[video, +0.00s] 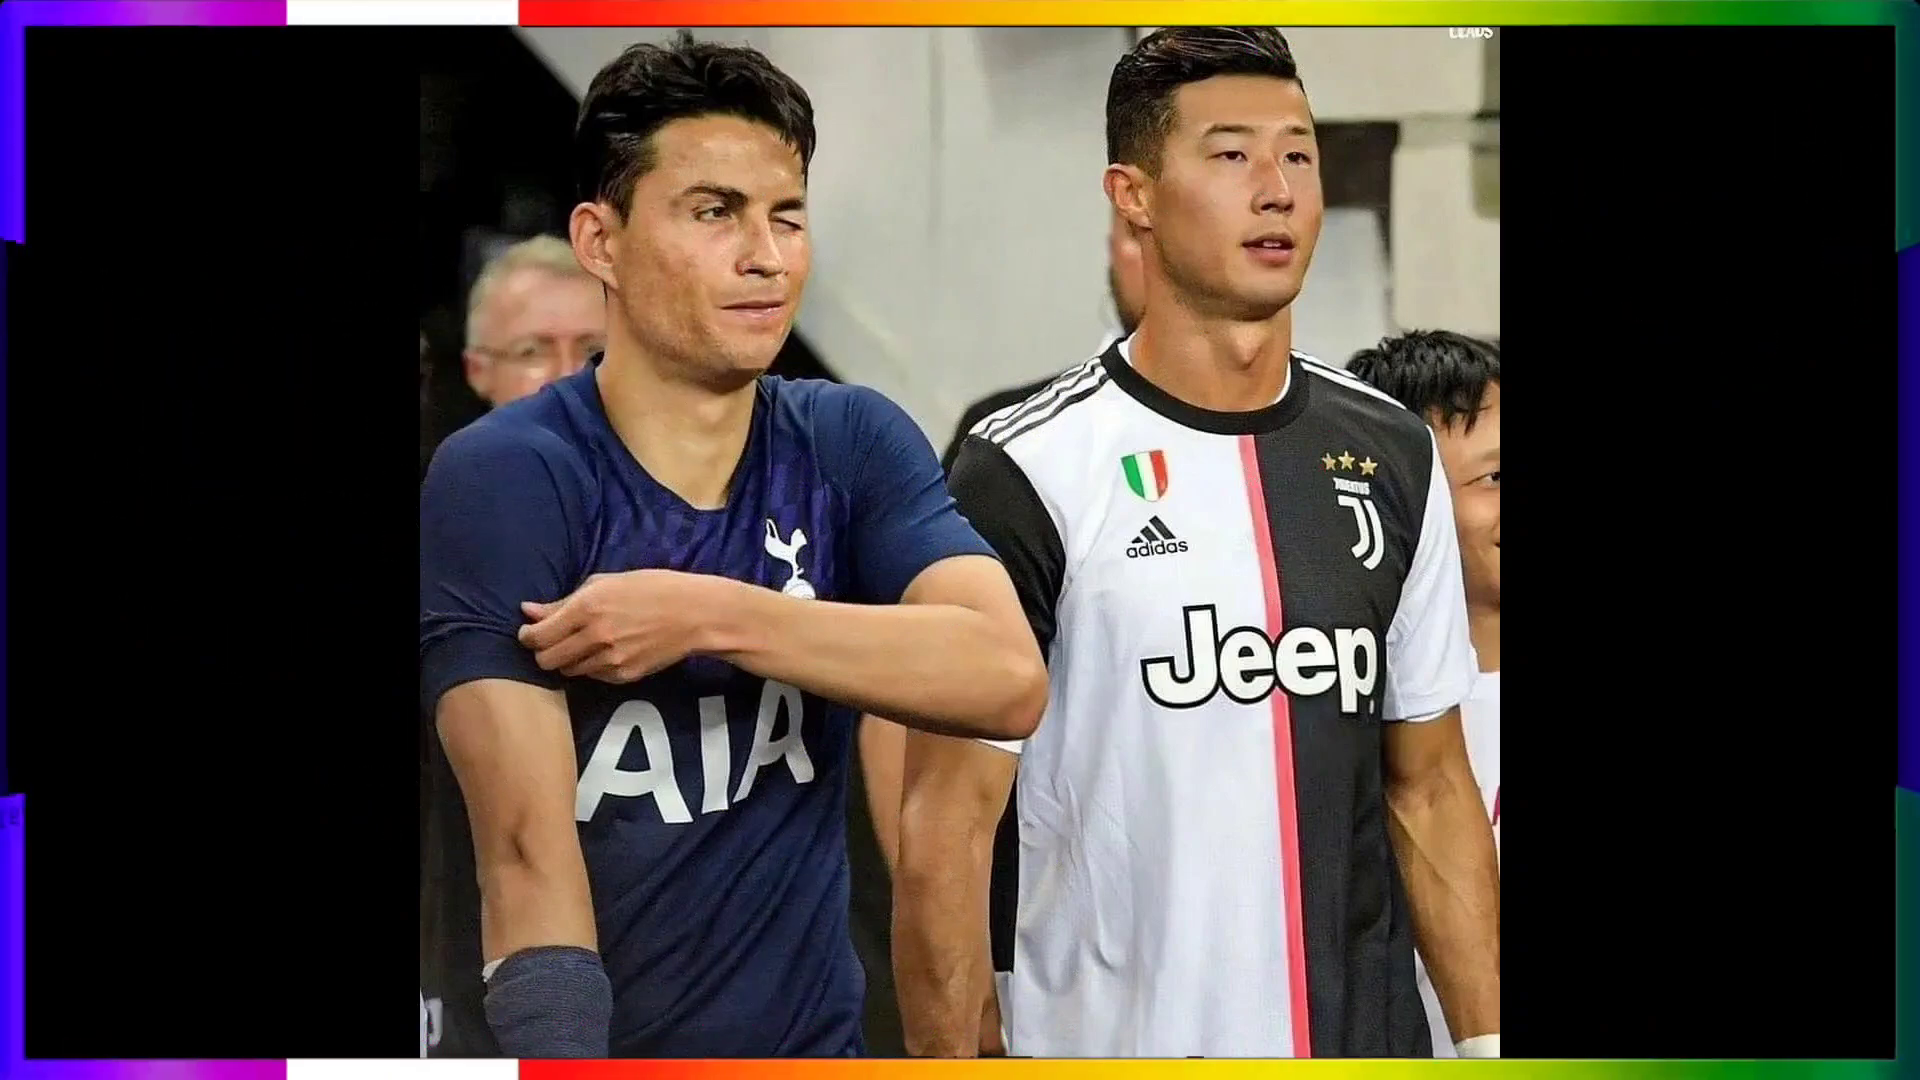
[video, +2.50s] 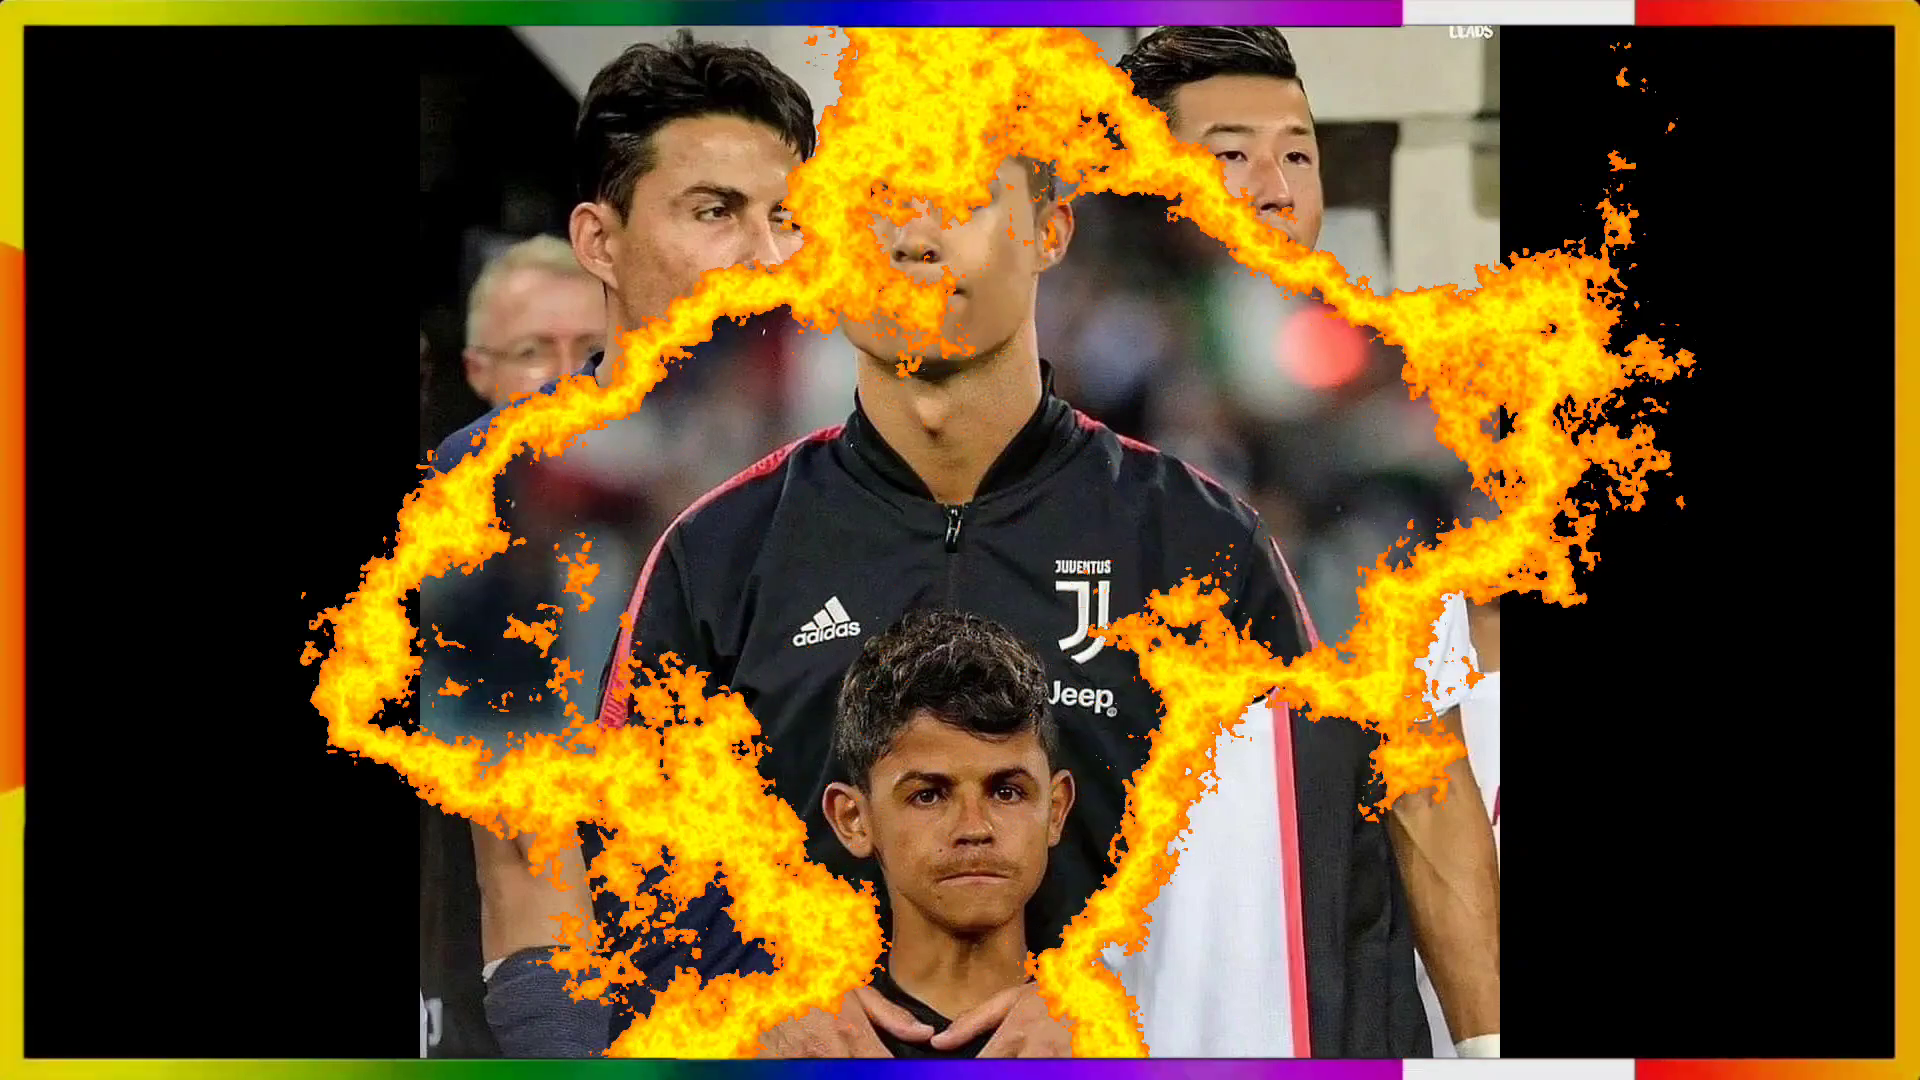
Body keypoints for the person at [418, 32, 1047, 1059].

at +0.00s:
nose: (765, 257)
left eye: (785, 217)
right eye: (712, 212)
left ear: (809, 235)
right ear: (601, 242)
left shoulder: (856, 439)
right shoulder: (500, 476)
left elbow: (1009, 681)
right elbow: (525, 851)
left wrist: (714, 613)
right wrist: (560, 1059)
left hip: (810, 1041)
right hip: (599, 1037)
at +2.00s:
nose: (766, 257)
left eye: (786, 218)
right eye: (712, 213)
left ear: (809, 237)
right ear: (601, 241)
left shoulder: (859, 437)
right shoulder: (500, 476)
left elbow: (1011, 679)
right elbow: (525, 852)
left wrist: (717, 615)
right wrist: (560, 1061)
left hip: (810, 1041)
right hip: (598, 1038)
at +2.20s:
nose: (767, 260)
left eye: (787, 219)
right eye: (715, 212)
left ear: (811, 236)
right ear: (600, 241)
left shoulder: (846, 453)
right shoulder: (497, 475)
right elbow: (524, 855)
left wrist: (708, 619)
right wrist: (560, 1060)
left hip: (813, 1037)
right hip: (602, 1037)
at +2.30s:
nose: (766, 259)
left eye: (788, 220)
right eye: (714, 212)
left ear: (811, 238)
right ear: (600, 241)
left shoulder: (857, 453)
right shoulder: (492, 477)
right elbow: (524, 845)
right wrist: (560, 1053)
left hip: (841, 1030)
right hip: (614, 1034)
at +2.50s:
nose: (766, 257)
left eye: (787, 218)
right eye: (714, 211)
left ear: (809, 234)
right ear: (598, 239)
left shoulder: (830, 461)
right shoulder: (497, 478)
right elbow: (527, 856)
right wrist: (571, 1047)